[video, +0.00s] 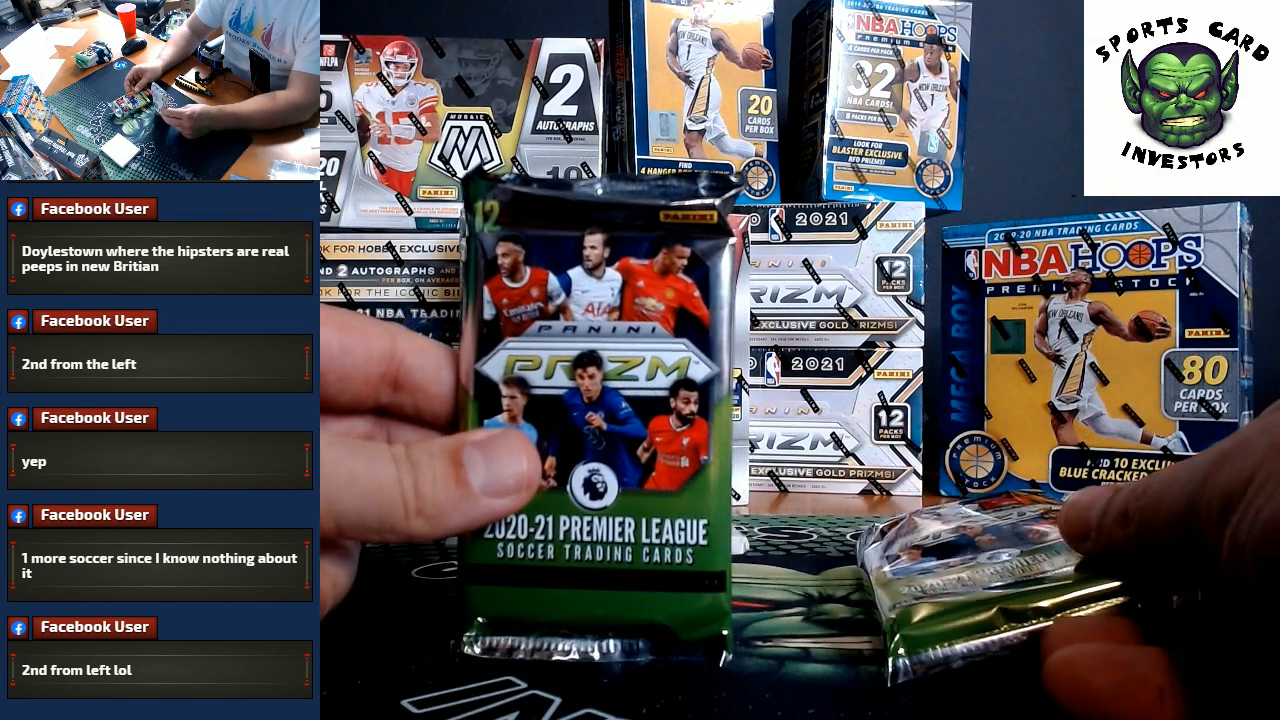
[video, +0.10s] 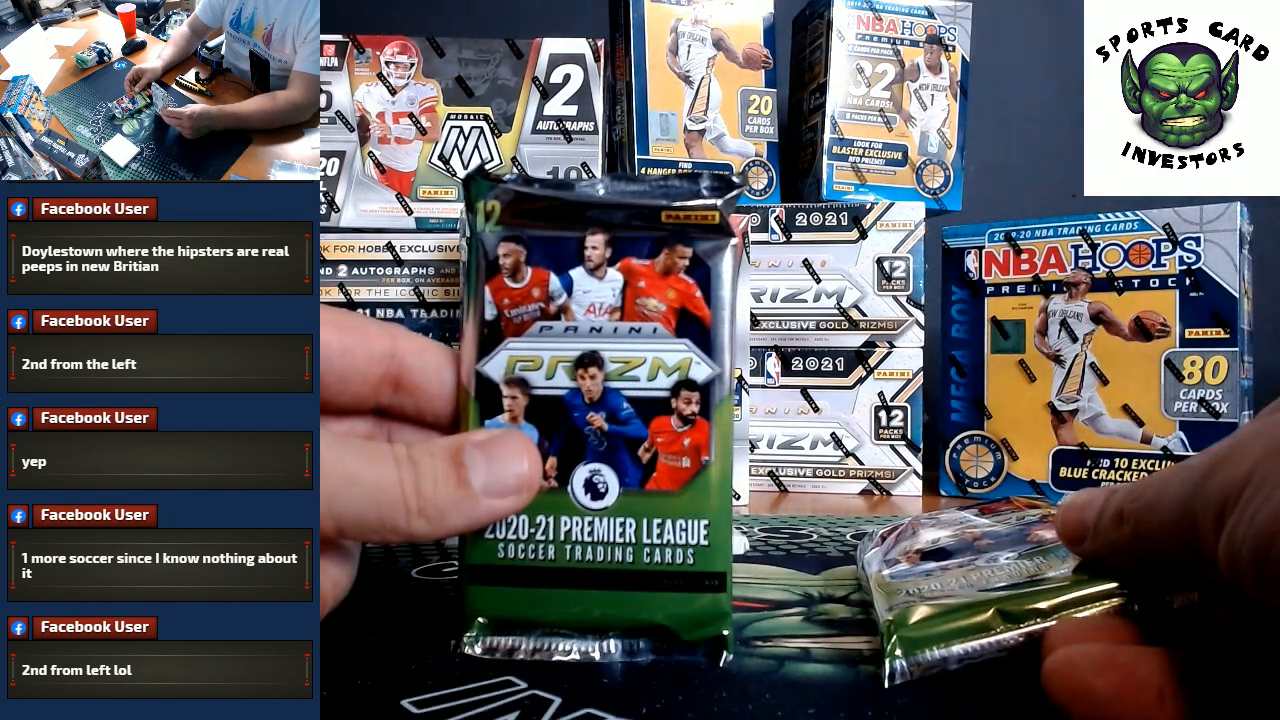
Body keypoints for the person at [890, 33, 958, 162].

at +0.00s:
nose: (928, 55)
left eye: (932, 51)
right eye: (926, 50)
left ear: (941, 52)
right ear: (923, 50)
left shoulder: (949, 70)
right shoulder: (913, 68)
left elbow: (955, 93)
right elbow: (888, 83)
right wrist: (900, 111)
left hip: (940, 117)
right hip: (918, 118)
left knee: (940, 153)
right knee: (924, 153)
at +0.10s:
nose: (928, 54)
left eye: (932, 51)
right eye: (926, 50)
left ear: (941, 52)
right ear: (923, 50)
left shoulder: (949, 70)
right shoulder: (913, 68)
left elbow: (955, 93)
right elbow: (888, 83)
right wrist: (900, 110)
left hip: (940, 118)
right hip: (919, 119)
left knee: (940, 155)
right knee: (923, 155)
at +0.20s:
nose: (928, 54)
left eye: (932, 51)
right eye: (926, 50)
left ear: (941, 52)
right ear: (923, 51)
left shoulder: (949, 70)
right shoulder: (913, 68)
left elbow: (956, 94)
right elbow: (888, 83)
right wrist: (900, 110)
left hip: (941, 119)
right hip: (919, 120)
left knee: (940, 156)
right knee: (923, 156)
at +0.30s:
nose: (928, 54)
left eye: (933, 51)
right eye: (926, 50)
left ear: (941, 52)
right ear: (923, 50)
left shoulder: (949, 70)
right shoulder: (913, 68)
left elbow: (956, 94)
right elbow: (888, 83)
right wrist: (900, 110)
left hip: (941, 119)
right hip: (919, 120)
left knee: (940, 156)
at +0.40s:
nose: (928, 54)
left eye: (933, 51)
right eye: (926, 50)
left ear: (941, 52)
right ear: (923, 50)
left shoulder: (949, 70)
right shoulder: (913, 68)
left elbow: (956, 94)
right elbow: (888, 83)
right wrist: (900, 110)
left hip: (941, 119)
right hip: (919, 120)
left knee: (940, 156)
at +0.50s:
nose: (928, 54)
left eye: (933, 51)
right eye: (926, 50)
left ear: (941, 52)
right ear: (923, 50)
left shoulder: (949, 70)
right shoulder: (913, 68)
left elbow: (956, 94)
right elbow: (888, 83)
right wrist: (900, 110)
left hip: (941, 119)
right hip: (919, 120)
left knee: (940, 156)